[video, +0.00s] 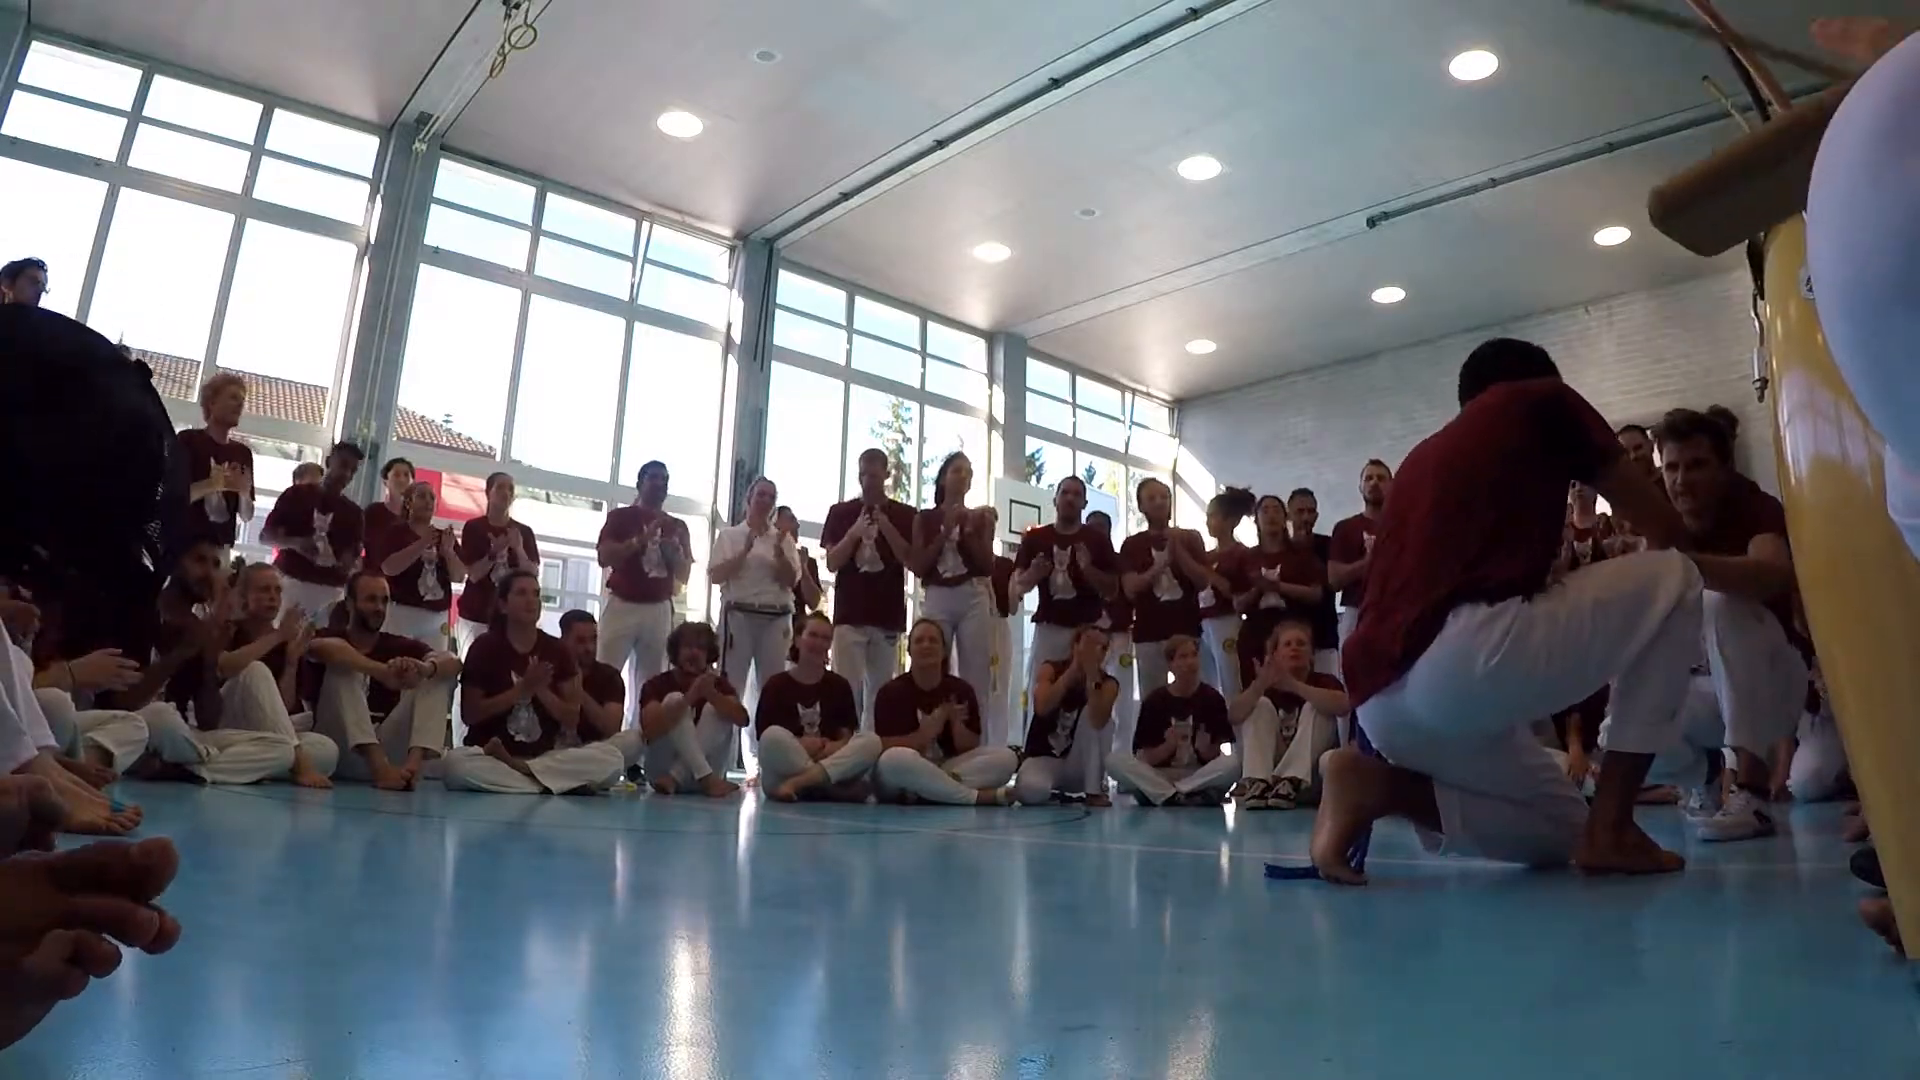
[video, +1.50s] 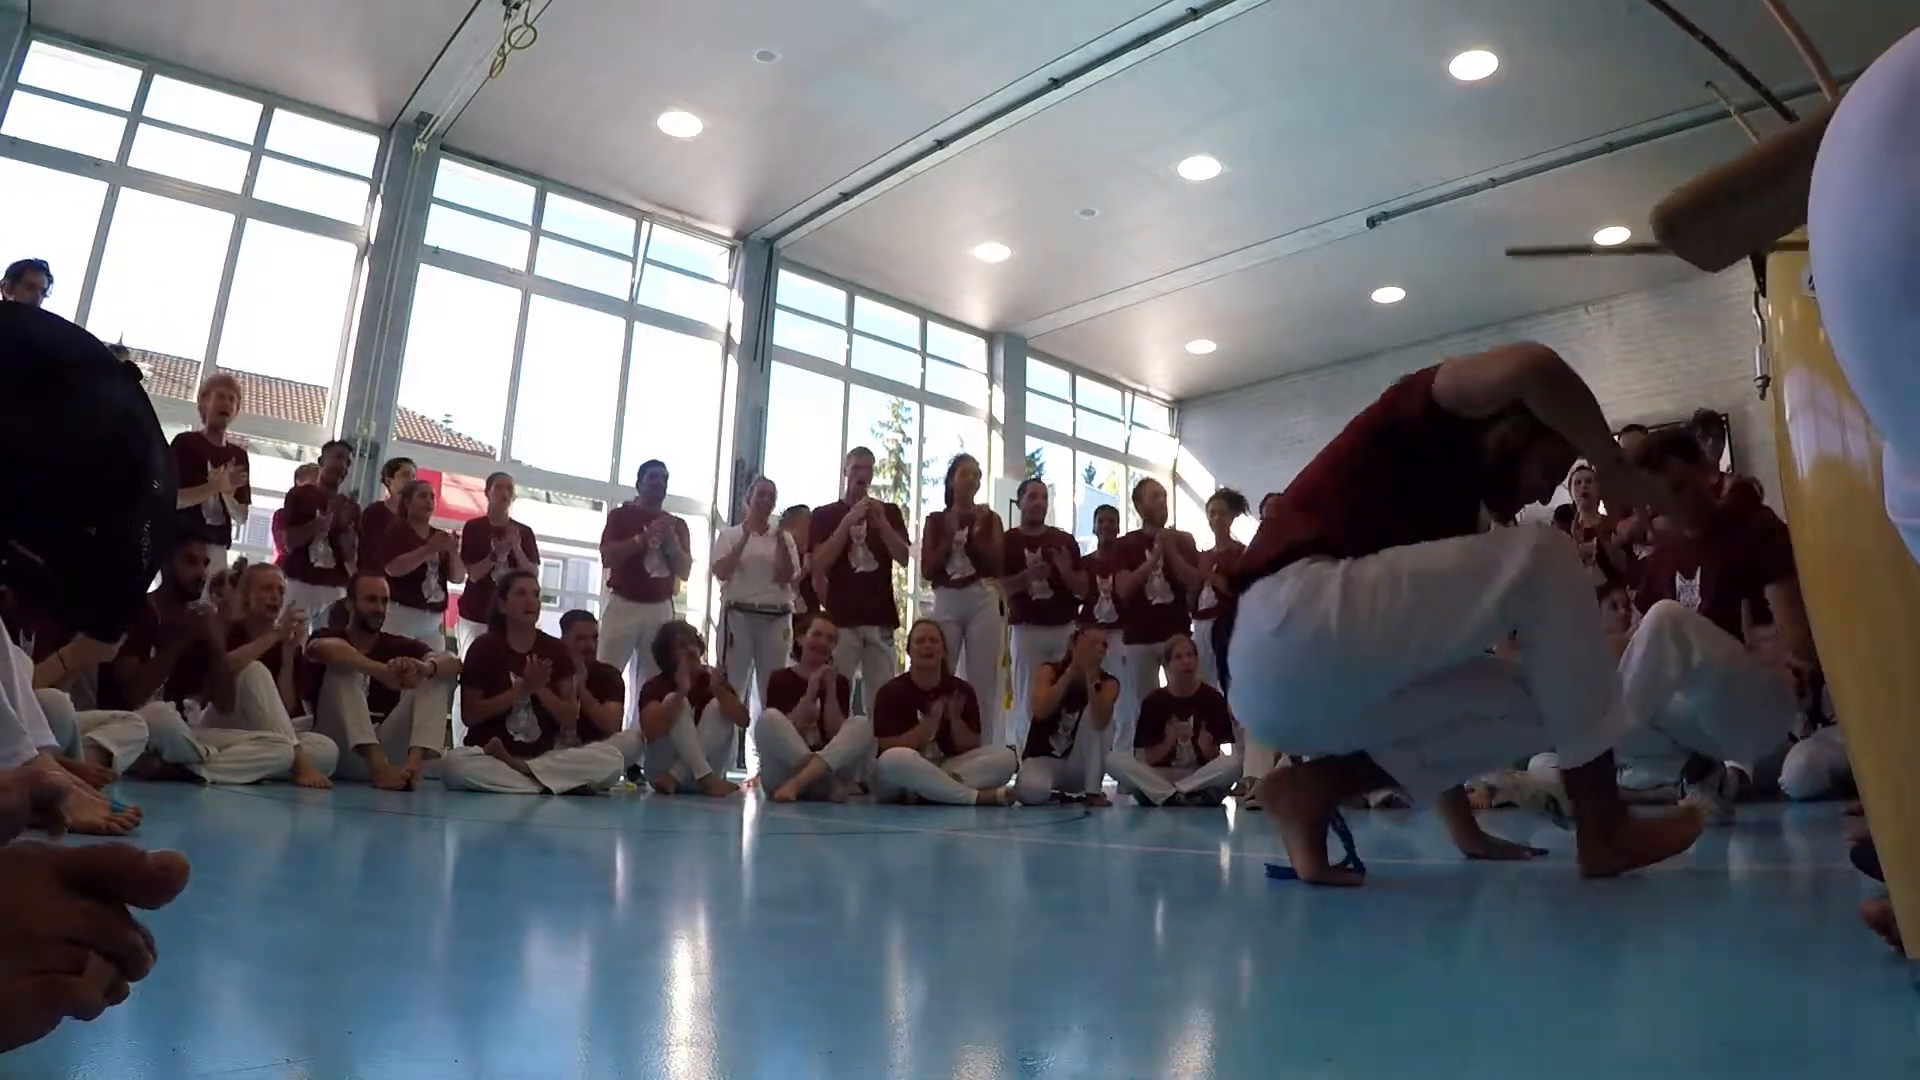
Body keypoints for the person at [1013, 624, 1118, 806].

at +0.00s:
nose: (1095, 653)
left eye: (1102, 648)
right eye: (1089, 645)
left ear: (1106, 653)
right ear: (1075, 647)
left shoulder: (1107, 683)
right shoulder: (1050, 669)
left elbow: (1098, 719)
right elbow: (1042, 707)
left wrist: (1092, 672)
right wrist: (1074, 669)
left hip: (1080, 762)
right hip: (1043, 760)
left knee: (1093, 712)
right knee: (1031, 792)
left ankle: (1094, 790)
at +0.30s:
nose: (1093, 651)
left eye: (1101, 647)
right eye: (1088, 644)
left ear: (1105, 652)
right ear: (1074, 645)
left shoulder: (1108, 683)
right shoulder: (1049, 669)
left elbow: (1098, 719)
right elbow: (1041, 706)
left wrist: (1091, 671)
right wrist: (1075, 667)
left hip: (1080, 763)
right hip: (1042, 760)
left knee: (1093, 712)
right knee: (1032, 792)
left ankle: (1094, 790)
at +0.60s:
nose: (1098, 650)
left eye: (1104, 645)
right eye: (1092, 643)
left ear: (1107, 650)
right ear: (1075, 645)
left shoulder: (1108, 682)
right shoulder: (1050, 669)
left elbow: (1099, 719)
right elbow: (1041, 708)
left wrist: (1093, 673)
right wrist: (1071, 675)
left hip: (1080, 763)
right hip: (1042, 760)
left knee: (1094, 712)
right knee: (1032, 792)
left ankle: (1094, 790)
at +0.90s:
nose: (1097, 652)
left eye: (1103, 646)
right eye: (1091, 644)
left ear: (1107, 649)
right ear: (1074, 645)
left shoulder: (1108, 682)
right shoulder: (1049, 670)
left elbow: (1099, 719)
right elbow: (1042, 708)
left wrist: (1093, 674)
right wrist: (1076, 671)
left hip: (1080, 763)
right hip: (1042, 761)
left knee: (1094, 712)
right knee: (1032, 793)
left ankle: (1094, 791)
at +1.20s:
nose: (1099, 650)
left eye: (1103, 646)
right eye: (1093, 644)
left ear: (1106, 652)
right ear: (1073, 645)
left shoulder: (1108, 682)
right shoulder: (1049, 670)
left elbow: (1101, 721)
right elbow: (1041, 709)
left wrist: (1092, 676)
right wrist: (1071, 671)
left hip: (1080, 763)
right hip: (1042, 761)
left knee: (1095, 710)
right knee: (1033, 794)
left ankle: (1094, 790)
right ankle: (1015, 792)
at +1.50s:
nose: (1099, 650)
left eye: (1103, 645)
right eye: (1093, 643)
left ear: (1106, 650)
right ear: (1074, 644)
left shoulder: (1108, 683)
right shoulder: (1049, 671)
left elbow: (1100, 719)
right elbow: (1040, 710)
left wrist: (1091, 677)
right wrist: (1070, 673)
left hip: (1080, 763)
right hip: (1042, 761)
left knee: (1095, 712)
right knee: (1033, 793)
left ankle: (1093, 791)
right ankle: (1012, 793)